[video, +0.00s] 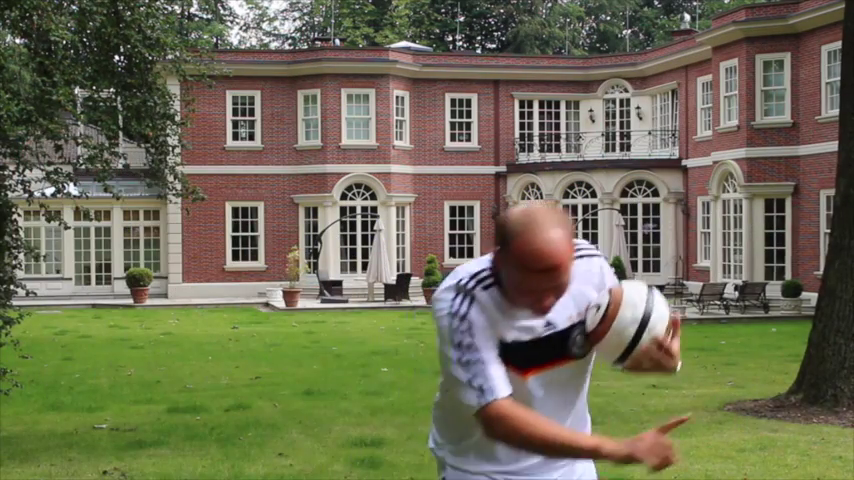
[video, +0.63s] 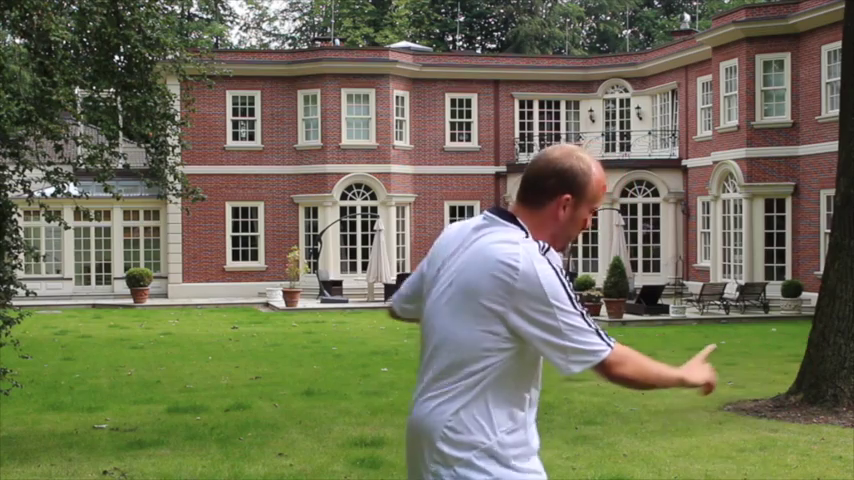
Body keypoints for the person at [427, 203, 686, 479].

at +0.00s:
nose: (546, 302)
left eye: (556, 288)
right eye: (532, 291)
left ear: (571, 259)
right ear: (500, 263)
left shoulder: (590, 268)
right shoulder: (462, 301)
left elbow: (626, 330)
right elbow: (497, 418)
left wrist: (663, 359)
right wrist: (614, 448)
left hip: (568, 463)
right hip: (480, 466)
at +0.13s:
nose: (596, 268)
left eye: (605, 256)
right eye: (584, 258)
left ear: (614, 236)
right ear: (543, 234)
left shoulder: (596, 269)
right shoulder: (492, 279)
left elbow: (594, 325)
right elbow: (538, 386)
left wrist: (651, 318)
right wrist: (661, 412)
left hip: (555, 452)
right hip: (479, 461)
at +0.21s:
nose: (607, 252)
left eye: (617, 240)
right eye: (596, 240)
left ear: (625, 221)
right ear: (556, 216)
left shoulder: (582, 256)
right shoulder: (505, 268)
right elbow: (575, 369)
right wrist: (700, 396)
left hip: (553, 453)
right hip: (481, 460)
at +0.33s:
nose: (614, 233)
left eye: (620, 220)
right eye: (607, 222)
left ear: (565, 202)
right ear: (565, 207)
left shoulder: (545, 238)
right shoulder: (518, 264)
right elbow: (619, 354)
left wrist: (588, 262)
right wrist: (745, 366)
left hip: (543, 457)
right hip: (480, 461)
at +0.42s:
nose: (605, 225)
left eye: (609, 214)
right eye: (601, 214)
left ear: (562, 201)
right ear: (565, 207)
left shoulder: (528, 235)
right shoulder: (516, 267)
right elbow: (625, 352)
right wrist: (745, 354)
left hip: (543, 438)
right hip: (488, 450)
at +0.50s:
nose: (598, 221)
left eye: (602, 209)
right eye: (597, 208)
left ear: (550, 197)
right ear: (564, 204)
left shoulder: (479, 226)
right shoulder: (522, 266)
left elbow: (434, 289)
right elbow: (625, 356)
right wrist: (724, 358)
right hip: (492, 445)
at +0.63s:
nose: (590, 223)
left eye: (595, 213)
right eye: (591, 211)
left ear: (526, 195)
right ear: (563, 204)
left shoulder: (458, 232)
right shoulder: (526, 262)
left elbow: (402, 306)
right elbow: (609, 360)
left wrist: (480, 316)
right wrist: (682, 375)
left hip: (430, 433)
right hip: (483, 451)